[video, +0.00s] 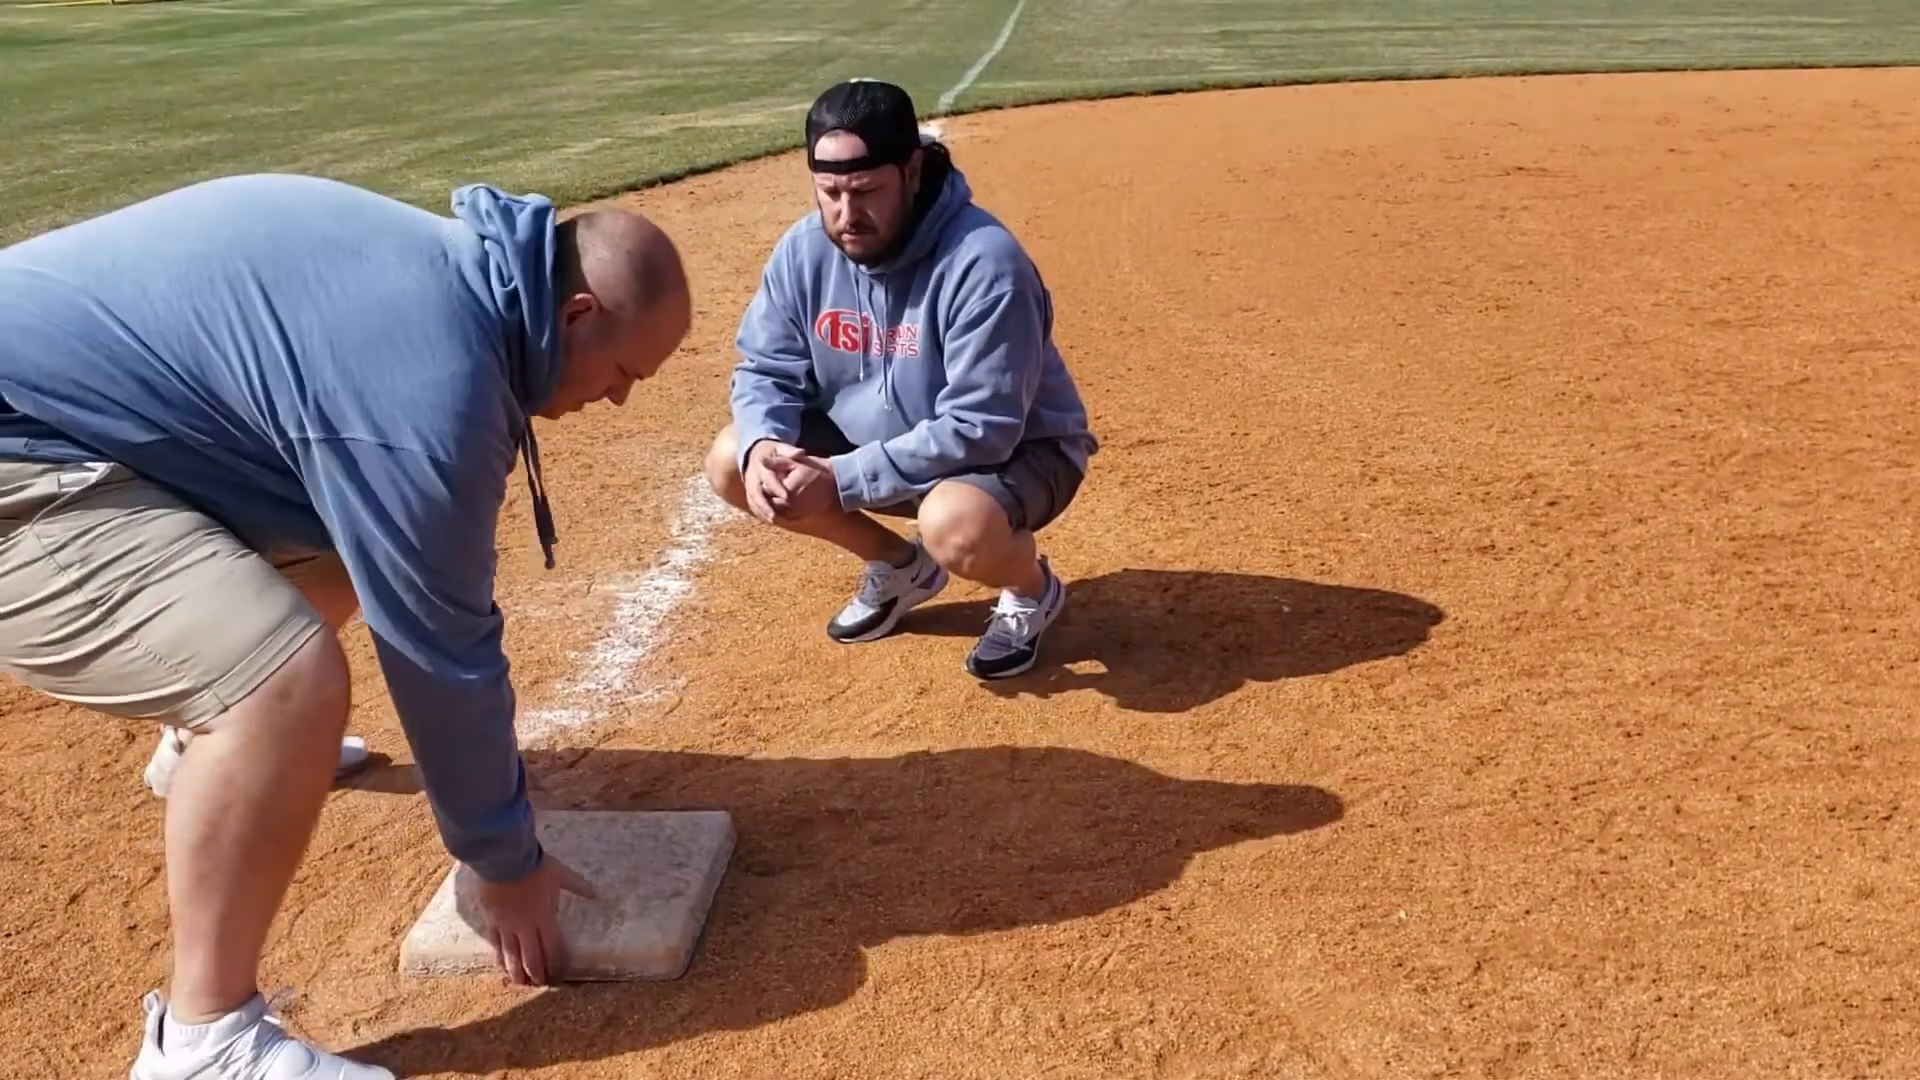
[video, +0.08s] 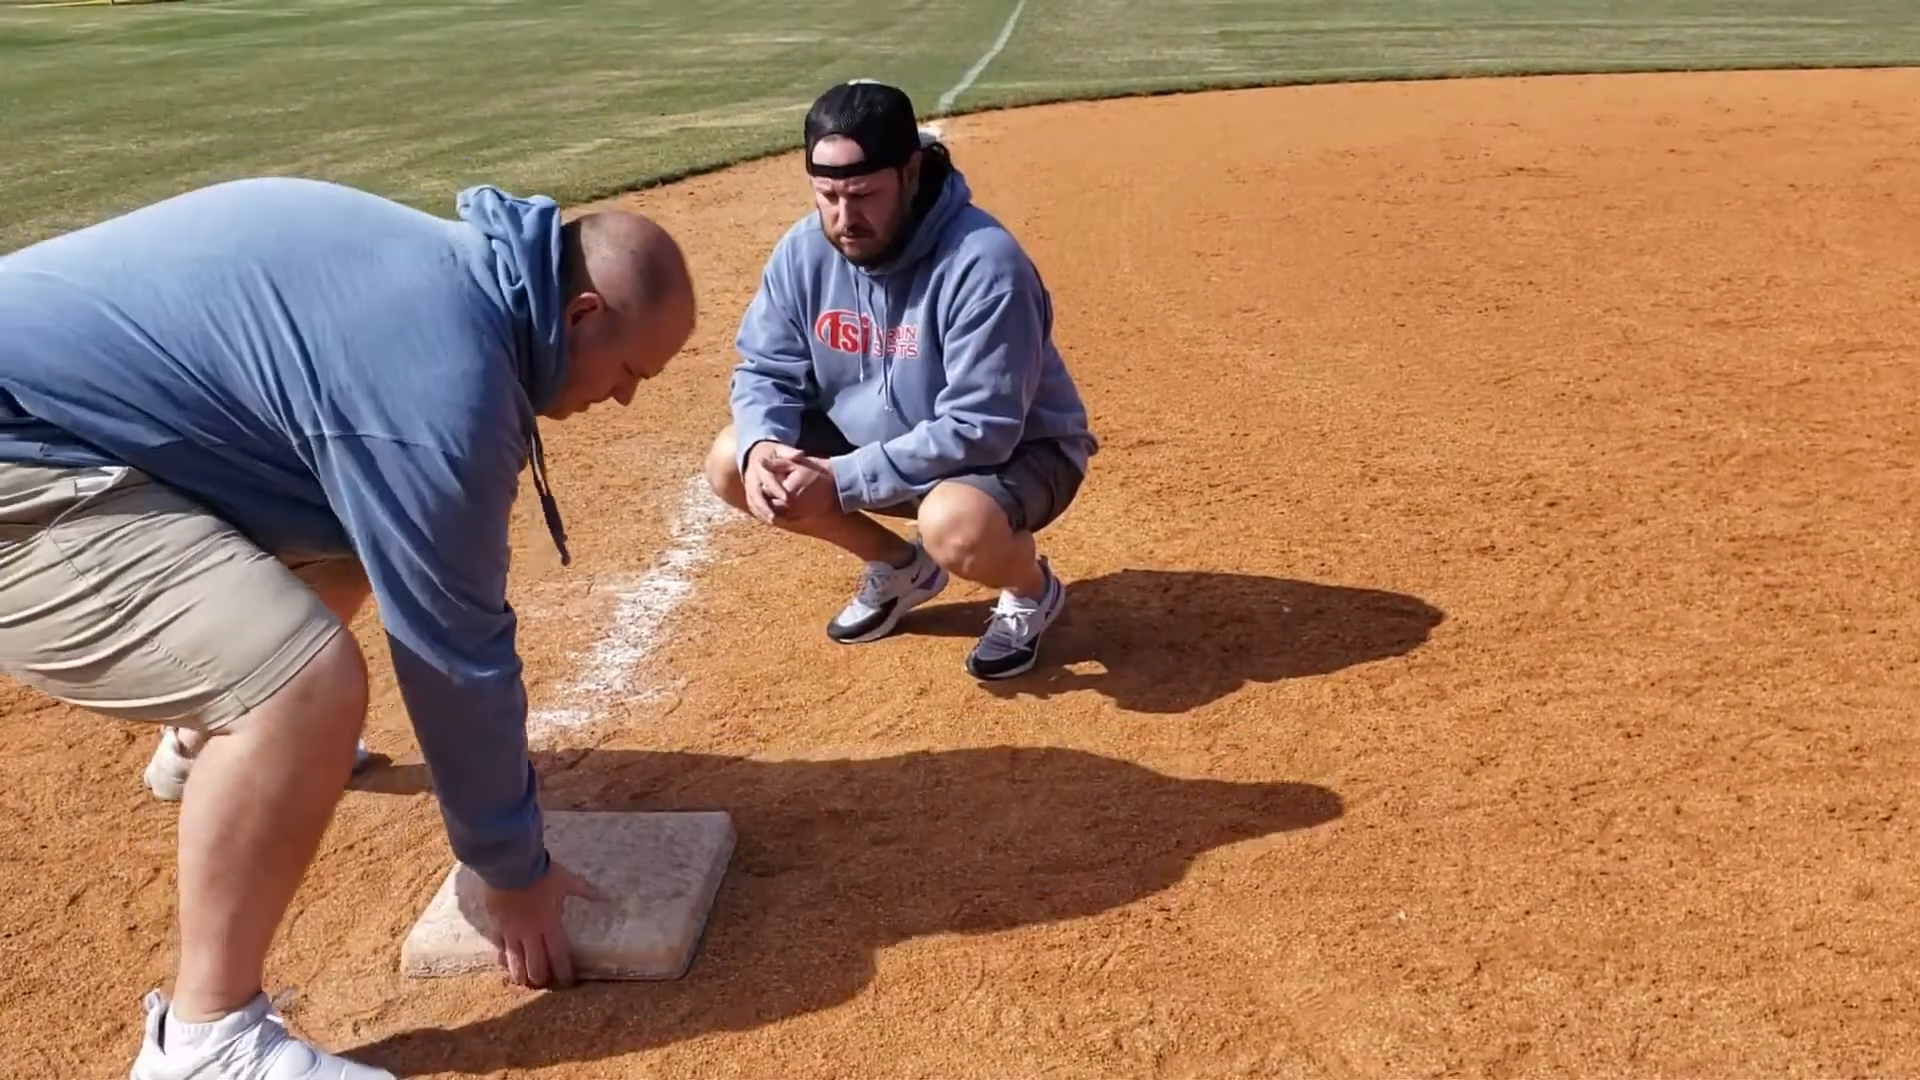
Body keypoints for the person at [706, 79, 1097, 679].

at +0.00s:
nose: (847, 214)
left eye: (866, 190)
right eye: (830, 192)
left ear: (912, 171)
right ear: (813, 184)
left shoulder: (984, 266)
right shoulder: (804, 251)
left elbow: (981, 429)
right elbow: (766, 367)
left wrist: (843, 481)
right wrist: (762, 442)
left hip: (1020, 450)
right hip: (882, 443)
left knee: (953, 525)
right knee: (735, 464)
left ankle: (1033, 591)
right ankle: (899, 563)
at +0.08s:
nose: (844, 218)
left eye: (864, 194)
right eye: (828, 195)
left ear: (911, 172)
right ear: (812, 185)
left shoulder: (984, 267)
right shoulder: (804, 251)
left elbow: (980, 430)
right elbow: (766, 368)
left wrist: (842, 482)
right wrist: (762, 443)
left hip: (1020, 450)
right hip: (882, 443)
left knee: (953, 525)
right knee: (735, 465)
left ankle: (1033, 592)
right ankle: (899, 564)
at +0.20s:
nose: (840, 223)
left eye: (861, 200)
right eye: (824, 199)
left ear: (909, 178)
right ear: (808, 187)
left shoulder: (983, 269)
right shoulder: (802, 254)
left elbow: (979, 432)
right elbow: (765, 370)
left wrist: (841, 482)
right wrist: (761, 445)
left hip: (1020, 452)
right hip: (883, 445)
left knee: (953, 527)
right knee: (735, 465)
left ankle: (1033, 593)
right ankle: (898, 565)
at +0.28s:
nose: (838, 224)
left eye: (859, 202)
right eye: (823, 201)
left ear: (908, 180)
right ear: (808, 189)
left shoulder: (983, 270)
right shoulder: (802, 254)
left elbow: (978, 433)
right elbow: (765, 370)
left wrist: (840, 482)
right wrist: (761, 446)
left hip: (1020, 452)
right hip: (883, 445)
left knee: (952, 527)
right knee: (735, 465)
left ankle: (1032, 593)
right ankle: (897, 565)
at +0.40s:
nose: (837, 226)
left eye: (857, 204)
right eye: (822, 204)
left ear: (907, 182)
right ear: (808, 191)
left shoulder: (983, 271)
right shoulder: (801, 255)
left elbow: (978, 434)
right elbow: (765, 370)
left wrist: (839, 483)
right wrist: (761, 446)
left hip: (1020, 453)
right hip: (882, 446)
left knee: (951, 527)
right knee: (734, 465)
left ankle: (1032, 593)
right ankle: (897, 565)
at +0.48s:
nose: (836, 227)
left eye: (856, 205)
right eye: (821, 204)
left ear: (906, 182)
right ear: (806, 191)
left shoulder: (982, 272)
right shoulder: (801, 255)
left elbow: (978, 434)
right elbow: (765, 370)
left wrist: (839, 483)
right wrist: (761, 446)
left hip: (1020, 453)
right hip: (882, 446)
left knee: (951, 527)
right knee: (734, 465)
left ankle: (1032, 593)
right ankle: (897, 565)